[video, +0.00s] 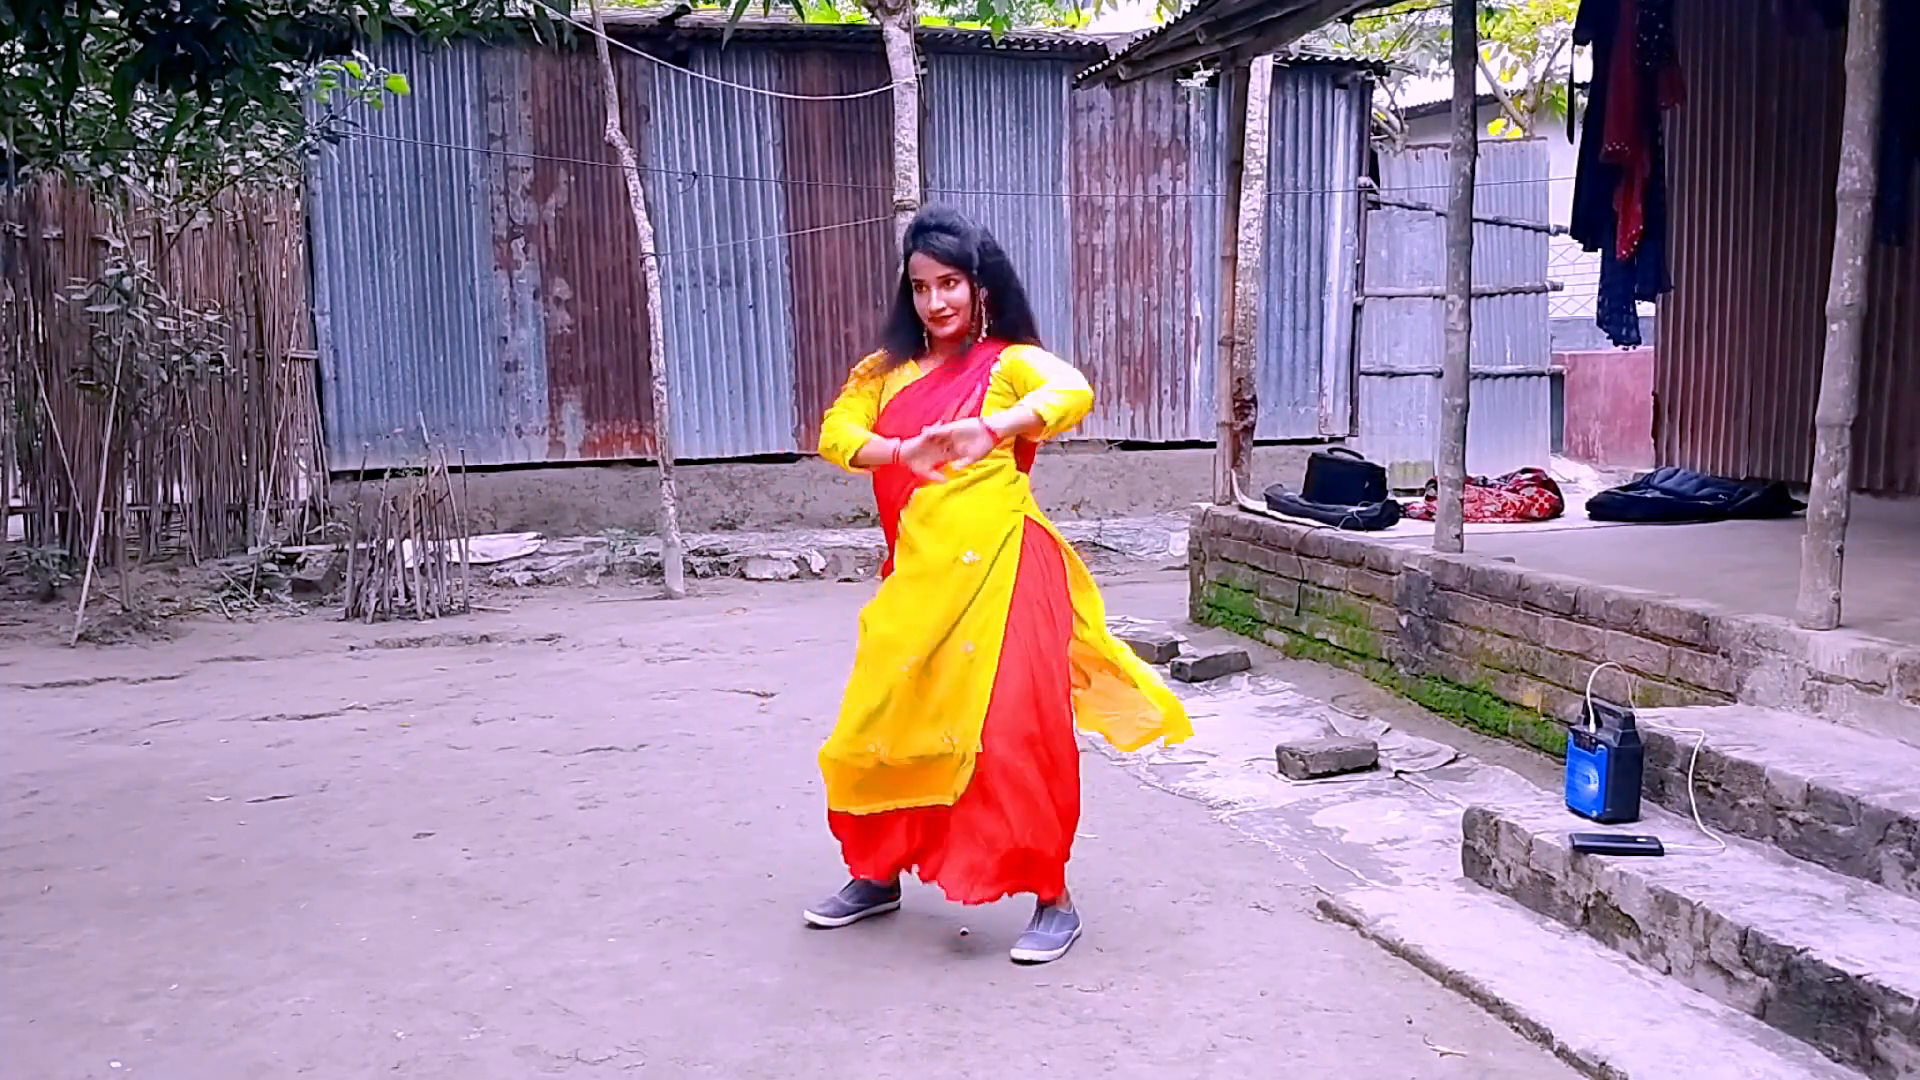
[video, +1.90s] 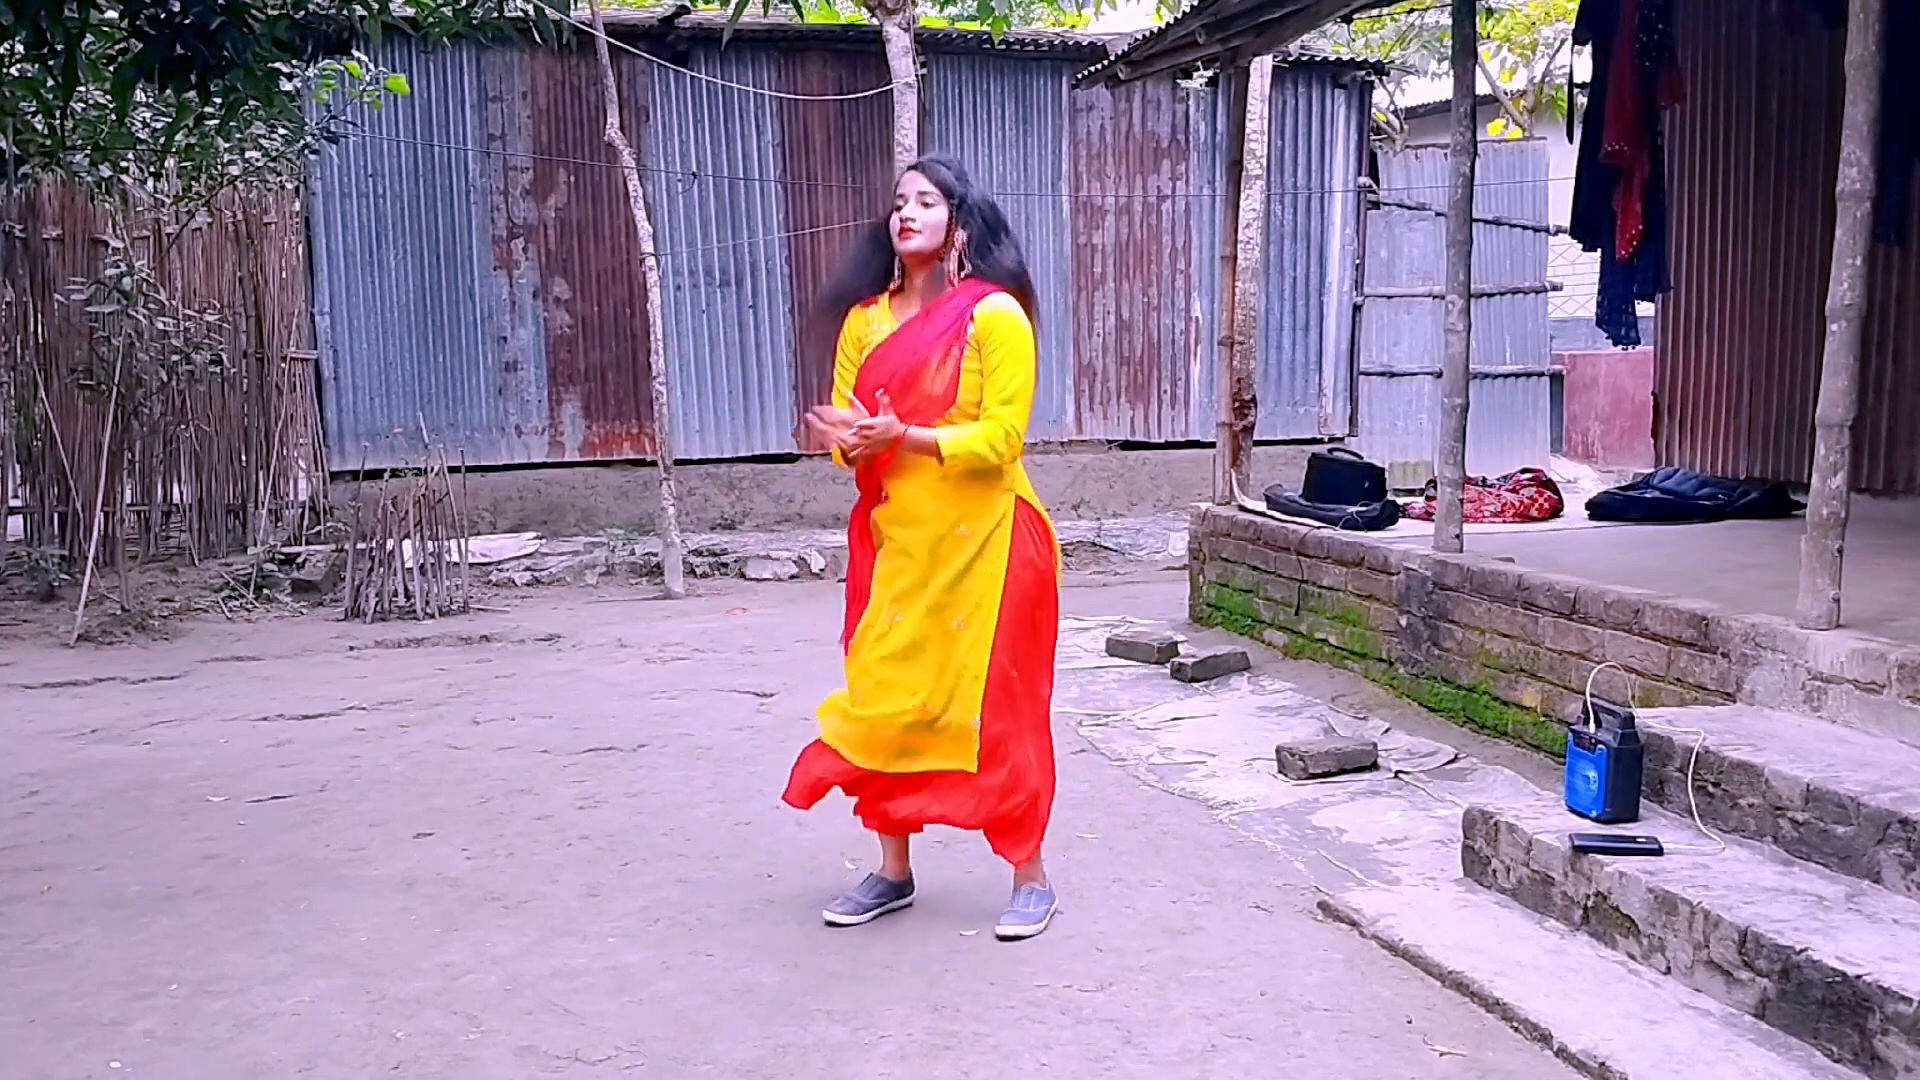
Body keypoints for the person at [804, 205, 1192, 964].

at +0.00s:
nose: (934, 301)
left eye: (949, 285)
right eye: (921, 287)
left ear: (981, 287)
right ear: (908, 292)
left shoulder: (1009, 360)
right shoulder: (885, 372)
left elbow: (1073, 392)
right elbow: (834, 436)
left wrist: (994, 426)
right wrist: (901, 450)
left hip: (1008, 568)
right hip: (917, 576)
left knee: (1020, 726)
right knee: (877, 717)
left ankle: (1053, 902)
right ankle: (876, 877)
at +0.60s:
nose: (915, 295)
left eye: (926, 276)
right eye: (897, 284)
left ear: (952, 275)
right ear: (882, 291)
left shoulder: (992, 374)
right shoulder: (859, 347)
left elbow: (1015, 443)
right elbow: (805, 424)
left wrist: (954, 487)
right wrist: (843, 504)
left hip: (952, 573)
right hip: (863, 573)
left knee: (979, 733)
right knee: (848, 729)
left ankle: (1048, 901)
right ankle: (861, 896)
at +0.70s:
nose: (903, 293)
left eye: (915, 274)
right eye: (888, 281)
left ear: (948, 269)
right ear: (878, 287)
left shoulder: (1001, 359)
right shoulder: (875, 349)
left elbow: (954, 448)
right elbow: (814, 406)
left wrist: (880, 516)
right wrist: (782, 460)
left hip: (938, 575)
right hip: (847, 566)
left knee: (958, 742)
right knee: (849, 723)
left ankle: (1040, 898)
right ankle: (871, 878)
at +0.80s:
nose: (899, 301)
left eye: (912, 284)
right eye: (888, 288)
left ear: (949, 280)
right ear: (879, 291)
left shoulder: (999, 362)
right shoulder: (882, 364)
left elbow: (940, 435)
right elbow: (817, 385)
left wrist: (823, 445)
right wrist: (774, 396)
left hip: (948, 583)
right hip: (864, 579)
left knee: (935, 750)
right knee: (823, 726)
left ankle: (1041, 900)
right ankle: (873, 875)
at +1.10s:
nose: (925, 287)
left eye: (942, 272)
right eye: (914, 271)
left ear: (975, 272)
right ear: (903, 272)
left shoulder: (1007, 338)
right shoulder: (909, 371)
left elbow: (966, 404)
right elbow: (884, 477)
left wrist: (870, 441)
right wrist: (854, 475)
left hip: (997, 550)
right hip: (927, 553)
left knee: (991, 721)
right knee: (889, 704)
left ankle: (1054, 898)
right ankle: (874, 872)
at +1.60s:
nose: (898, 246)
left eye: (915, 235)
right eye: (891, 237)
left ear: (950, 255)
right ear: (882, 258)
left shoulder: (988, 352)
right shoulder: (861, 355)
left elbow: (1011, 460)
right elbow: (823, 452)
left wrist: (979, 497)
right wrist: (757, 457)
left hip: (944, 564)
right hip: (855, 561)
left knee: (940, 724)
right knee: (855, 718)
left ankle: (1031, 893)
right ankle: (873, 871)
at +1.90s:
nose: (907, 214)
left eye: (924, 202)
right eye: (899, 204)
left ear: (959, 222)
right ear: (888, 224)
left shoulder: (996, 315)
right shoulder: (864, 320)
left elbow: (1001, 440)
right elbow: (843, 433)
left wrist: (899, 436)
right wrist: (831, 433)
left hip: (989, 537)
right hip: (894, 538)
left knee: (1000, 701)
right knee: (884, 688)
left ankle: (1028, 877)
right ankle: (893, 870)